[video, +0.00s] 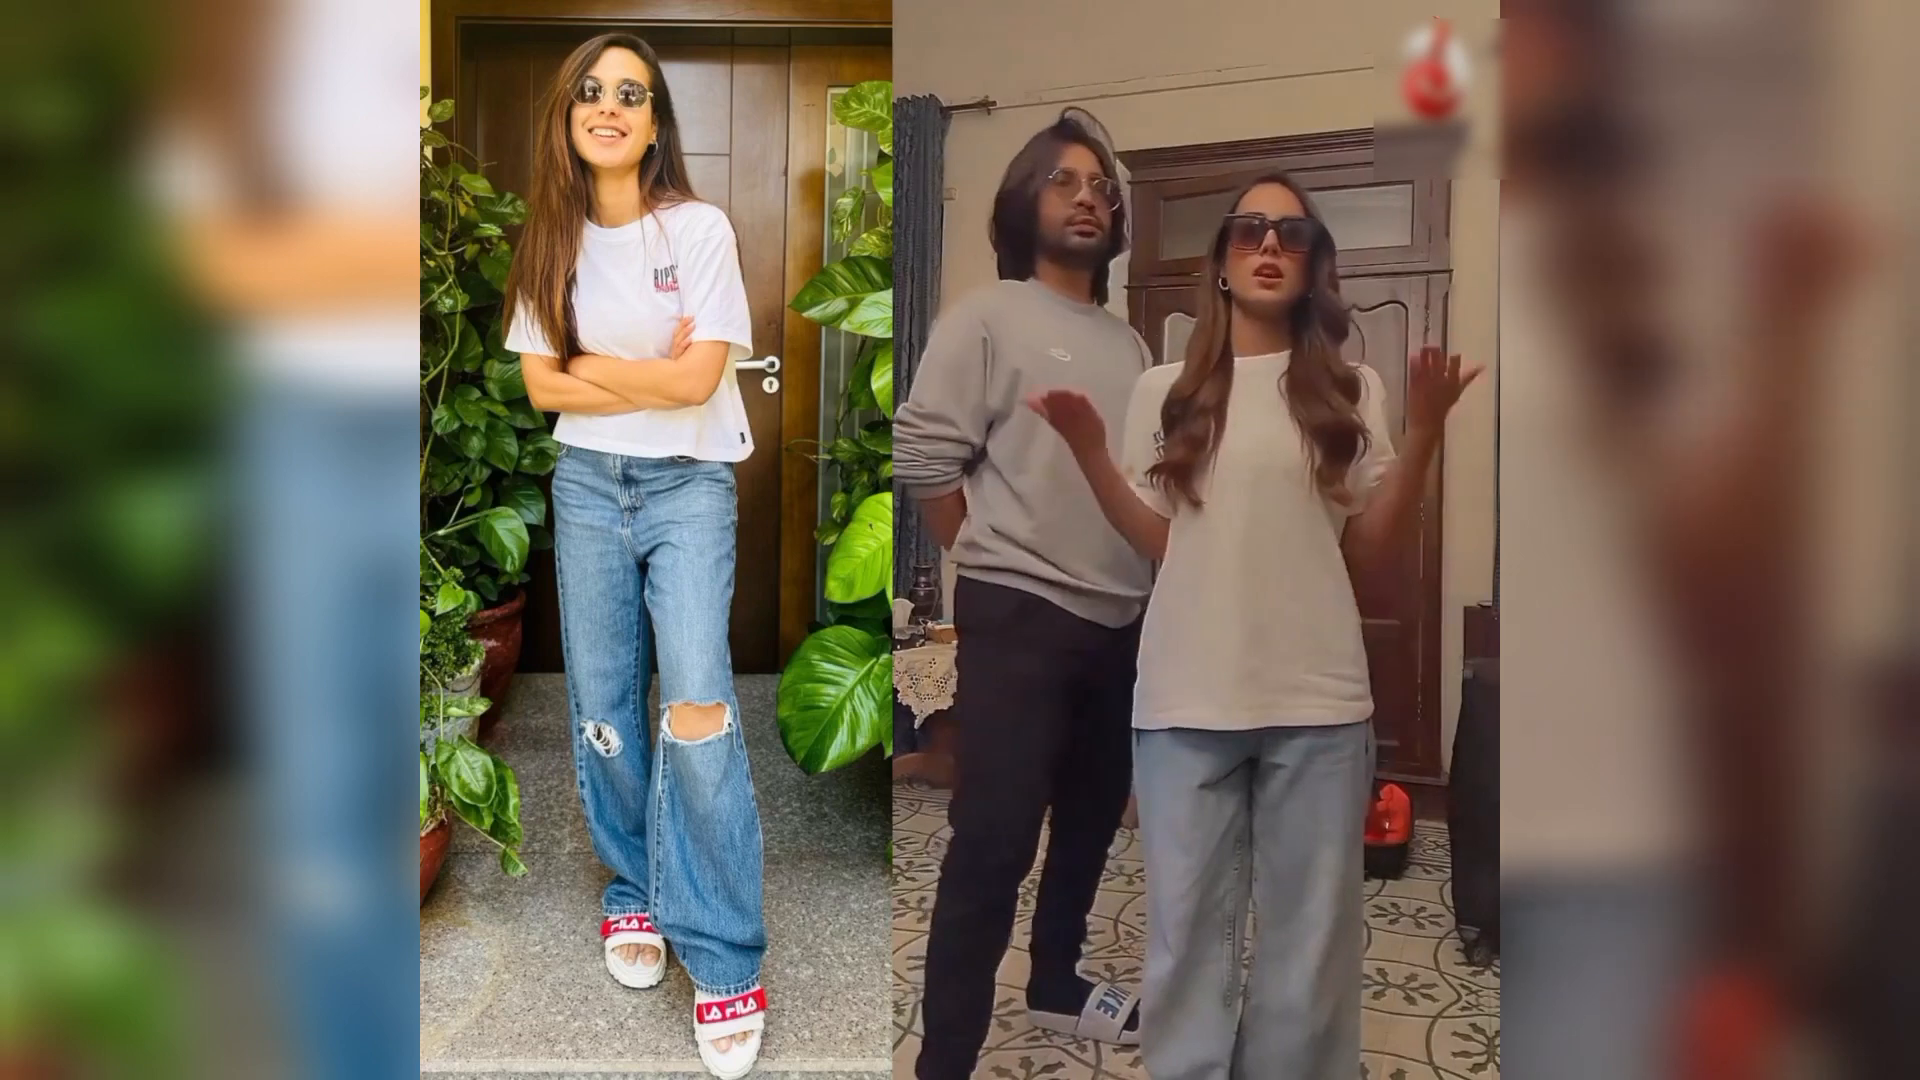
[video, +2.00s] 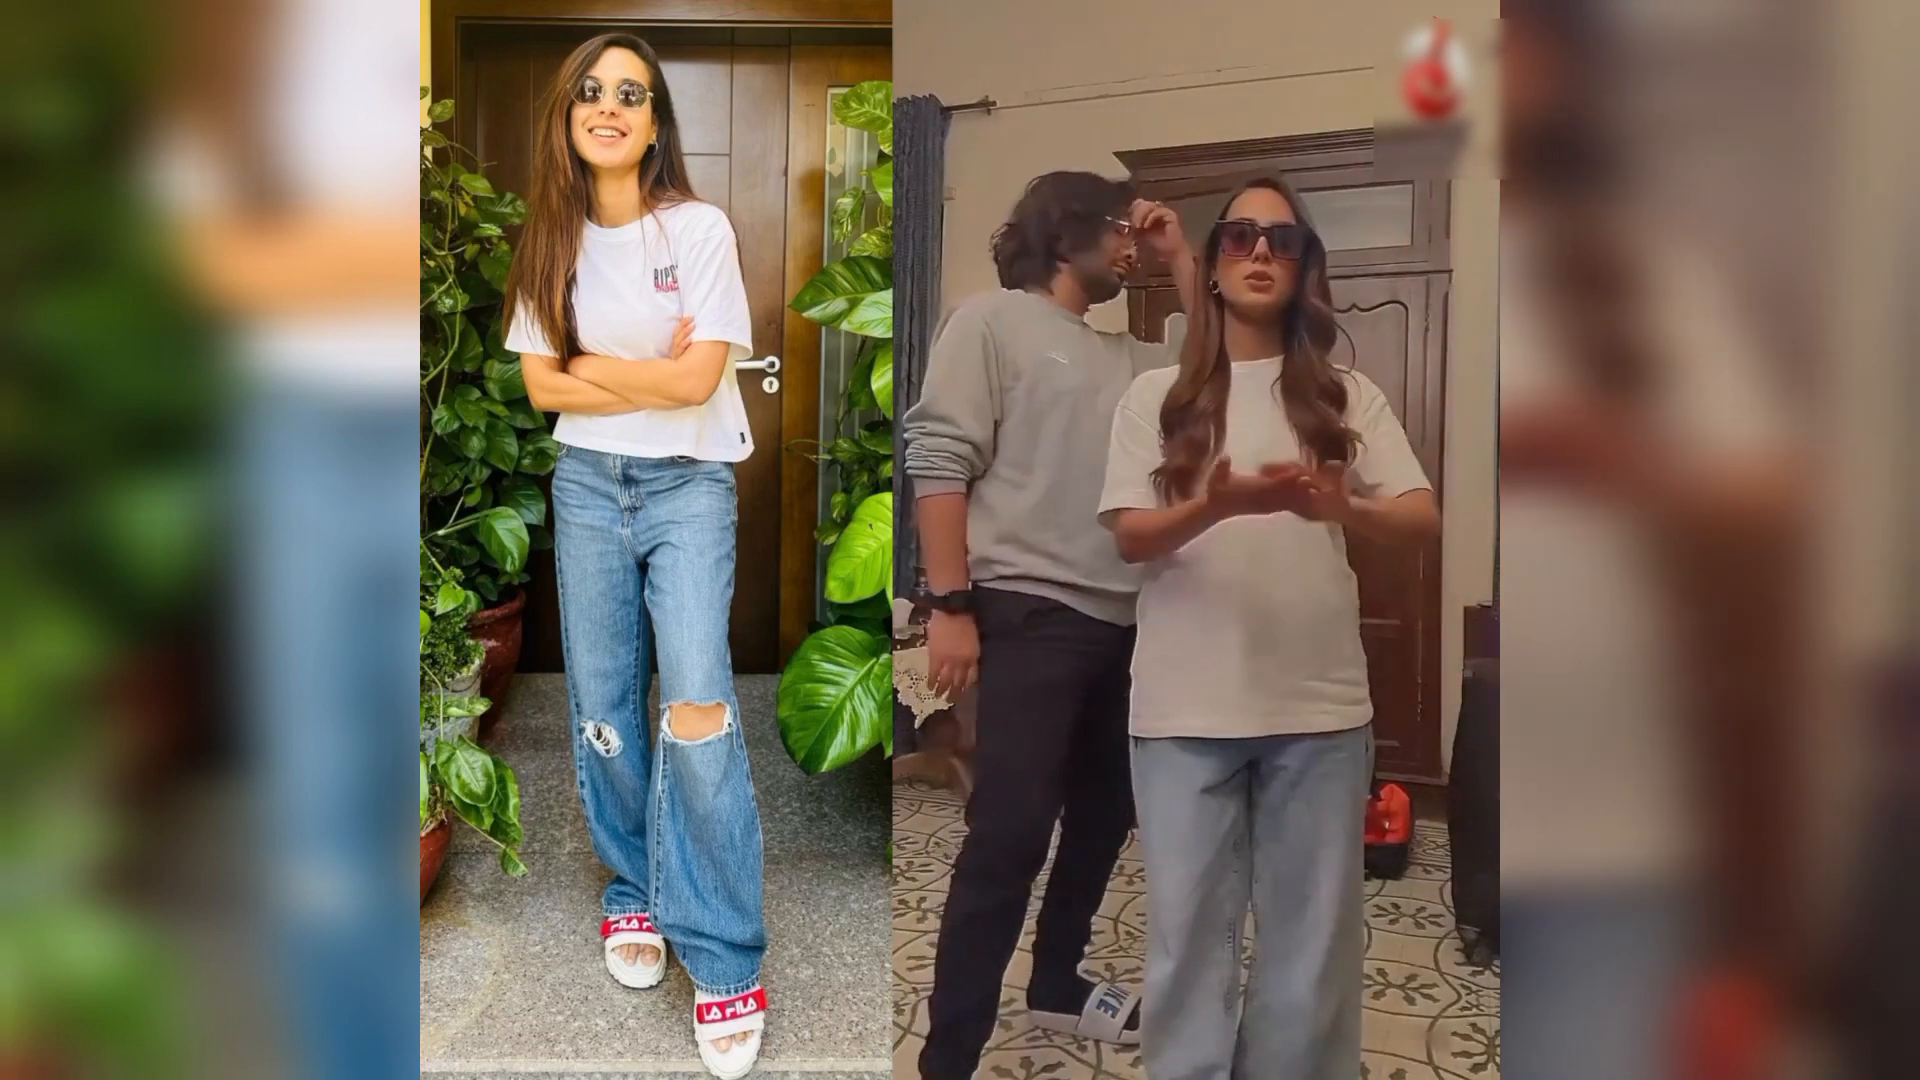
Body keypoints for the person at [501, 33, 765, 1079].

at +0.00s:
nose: (610, 110)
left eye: (630, 97)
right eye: (593, 95)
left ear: (656, 121)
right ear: (566, 117)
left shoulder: (699, 225)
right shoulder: (549, 239)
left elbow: (699, 378)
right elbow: (540, 385)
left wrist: (576, 362)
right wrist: (662, 378)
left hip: (689, 482)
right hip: (584, 484)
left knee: (695, 709)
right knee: (603, 709)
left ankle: (724, 955)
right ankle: (631, 890)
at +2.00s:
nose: (610, 111)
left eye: (629, 98)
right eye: (593, 95)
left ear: (656, 121)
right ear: (566, 117)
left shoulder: (699, 226)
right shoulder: (549, 239)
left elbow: (698, 378)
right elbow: (540, 385)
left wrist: (575, 362)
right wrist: (662, 377)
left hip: (689, 482)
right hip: (584, 483)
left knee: (695, 709)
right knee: (602, 708)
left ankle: (724, 955)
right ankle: (631, 890)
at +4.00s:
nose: (610, 111)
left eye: (629, 98)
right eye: (593, 95)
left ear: (656, 121)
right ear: (566, 117)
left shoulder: (699, 226)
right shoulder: (549, 240)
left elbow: (698, 378)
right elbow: (540, 385)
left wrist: (575, 362)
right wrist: (662, 377)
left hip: (689, 482)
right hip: (584, 484)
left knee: (694, 709)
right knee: (602, 708)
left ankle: (724, 954)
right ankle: (632, 890)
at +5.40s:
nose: (610, 111)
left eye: (630, 98)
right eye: (593, 95)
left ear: (656, 121)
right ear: (566, 117)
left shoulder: (699, 226)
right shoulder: (549, 239)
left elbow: (698, 378)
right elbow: (540, 386)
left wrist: (576, 362)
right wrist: (662, 378)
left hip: (689, 482)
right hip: (584, 484)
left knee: (695, 707)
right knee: (603, 707)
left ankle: (724, 956)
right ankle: (632, 890)